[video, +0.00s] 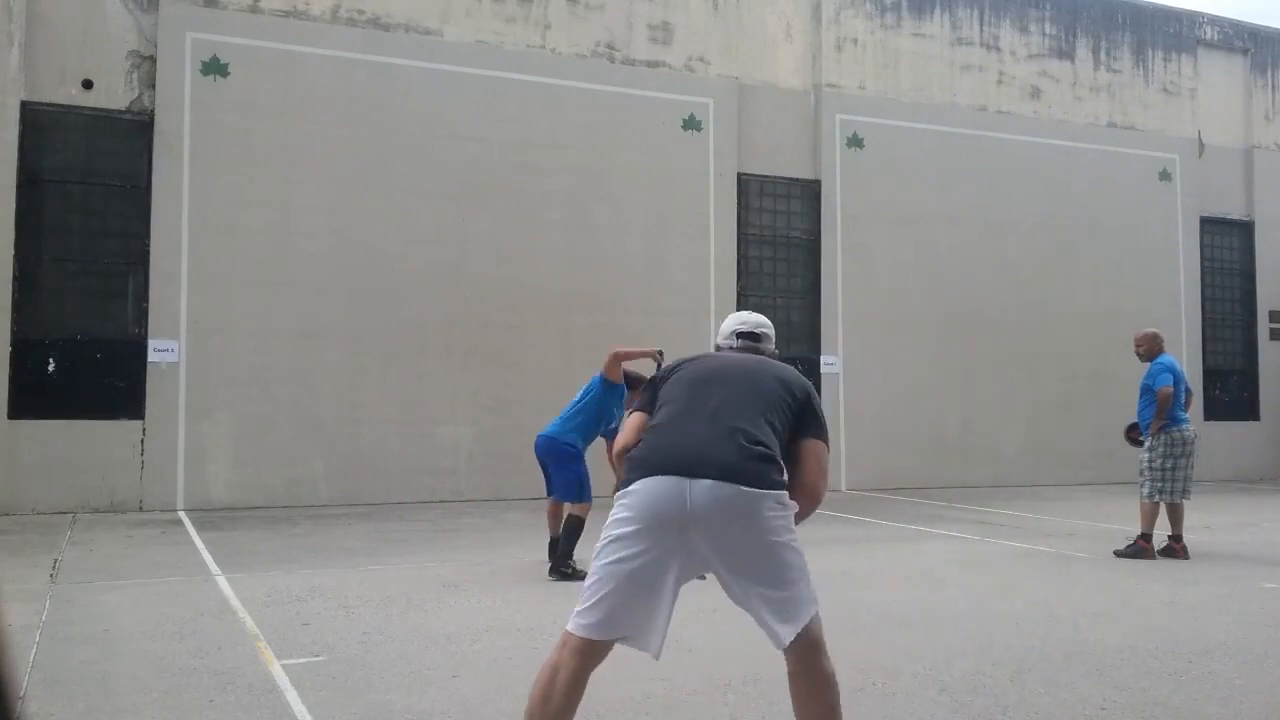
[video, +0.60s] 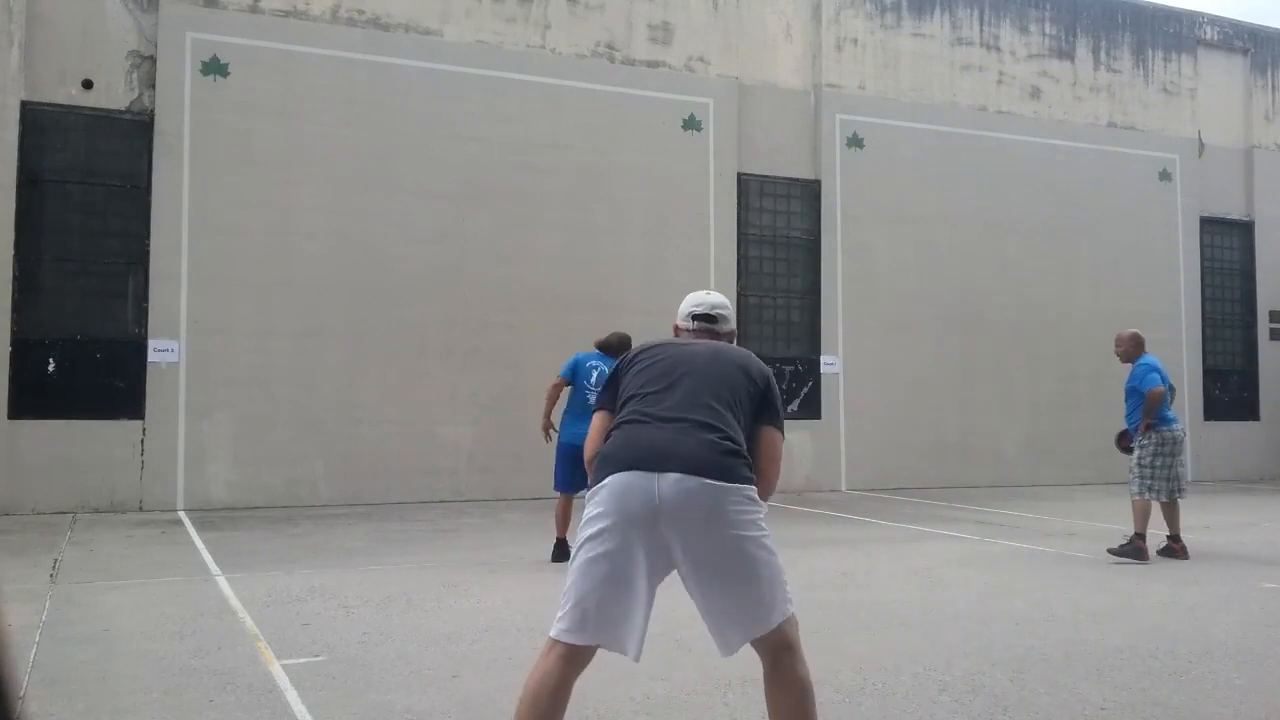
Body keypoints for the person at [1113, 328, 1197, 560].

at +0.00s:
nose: (1136, 351)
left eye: (1140, 346)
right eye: (1135, 347)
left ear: (1157, 345)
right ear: (1158, 347)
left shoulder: (1160, 365)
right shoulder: (1172, 363)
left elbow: (1166, 392)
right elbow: (1188, 393)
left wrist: (1156, 422)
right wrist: (1177, 419)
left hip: (1163, 435)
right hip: (1181, 432)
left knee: (1150, 489)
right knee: (1173, 491)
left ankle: (1144, 543)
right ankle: (1176, 543)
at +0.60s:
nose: (1116, 351)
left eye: (1119, 346)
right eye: (1116, 347)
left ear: (1134, 347)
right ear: (1136, 347)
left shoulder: (1142, 367)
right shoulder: (1152, 364)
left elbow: (1156, 391)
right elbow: (1169, 390)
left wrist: (1146, 420)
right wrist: (1157, 416)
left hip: (1154, 434)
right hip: (1170, 432)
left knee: (1139, 488)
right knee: (1167, 489)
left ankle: (1138, 543)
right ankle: (1175, 543)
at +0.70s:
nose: (1110, 354)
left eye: (1114, 349)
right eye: (1109, 350)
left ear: (1129, 348)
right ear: (1129, 349)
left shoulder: (1138, 370)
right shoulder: (1138, 368)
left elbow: (1156, 395)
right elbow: (1146, 403)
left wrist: (1137, 420)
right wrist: (1129, 435)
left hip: (1152, 438)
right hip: (1163, 435)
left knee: (1138, 491)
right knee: (1165, 490)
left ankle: (1135, 547)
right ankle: (1175, 543)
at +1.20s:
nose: (1111, 350)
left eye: (1116, 346)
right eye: (1107, 346)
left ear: (1129, 348)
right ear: (1104, 349)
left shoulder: (1134, 369)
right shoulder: (1112, 376)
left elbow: (1138, 401)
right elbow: (1111, 413)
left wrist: (1107, 415)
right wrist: (1100, 440)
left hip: (1138, 439)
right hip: (1133, 440)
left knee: (1109, 490)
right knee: (1138, 491)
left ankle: (1132, 542)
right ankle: (1155, 544)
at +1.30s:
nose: (1095, 356)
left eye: (1099, 352)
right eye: (1095, 351)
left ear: (1114, 355)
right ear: (1112, 356)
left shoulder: (1119, 375)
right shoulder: (1115, 377)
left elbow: (1122, 410)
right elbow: (1115, 422)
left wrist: (1099, 433)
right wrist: (1098, 448)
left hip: (1134, 443)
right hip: (1148, 442)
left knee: (1098, 493)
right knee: (1132, 494)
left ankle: (1124, 544)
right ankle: (1154, 545)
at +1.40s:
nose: (1084, 364)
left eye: (1088, 360)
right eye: (1085, 359)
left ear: (1099, 363)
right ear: (1106, 364)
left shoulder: (1104, 386)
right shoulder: (1117, 381)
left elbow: (1100, 429)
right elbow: (1110, 425)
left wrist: (1086, 452)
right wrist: (1092, 449)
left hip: (1129, 450)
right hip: (1147, 447)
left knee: (1089, 495)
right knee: (1133, 496)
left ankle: (1102, 548)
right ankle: (1154, 546)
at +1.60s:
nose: (1058, 352)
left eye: (1061, 348)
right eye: (1058, 348)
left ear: (1074, 350)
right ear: (1079, 350)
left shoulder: (1077, 374)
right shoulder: (1095, 367)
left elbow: (1075, 416)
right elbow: (1093, 409)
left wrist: (1056, 432)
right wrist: (1072, 431)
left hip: (1105, 443)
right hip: (1127, 436)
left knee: (1079, 495)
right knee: (1124, 490)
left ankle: (1095, 551)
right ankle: (1139, 545)